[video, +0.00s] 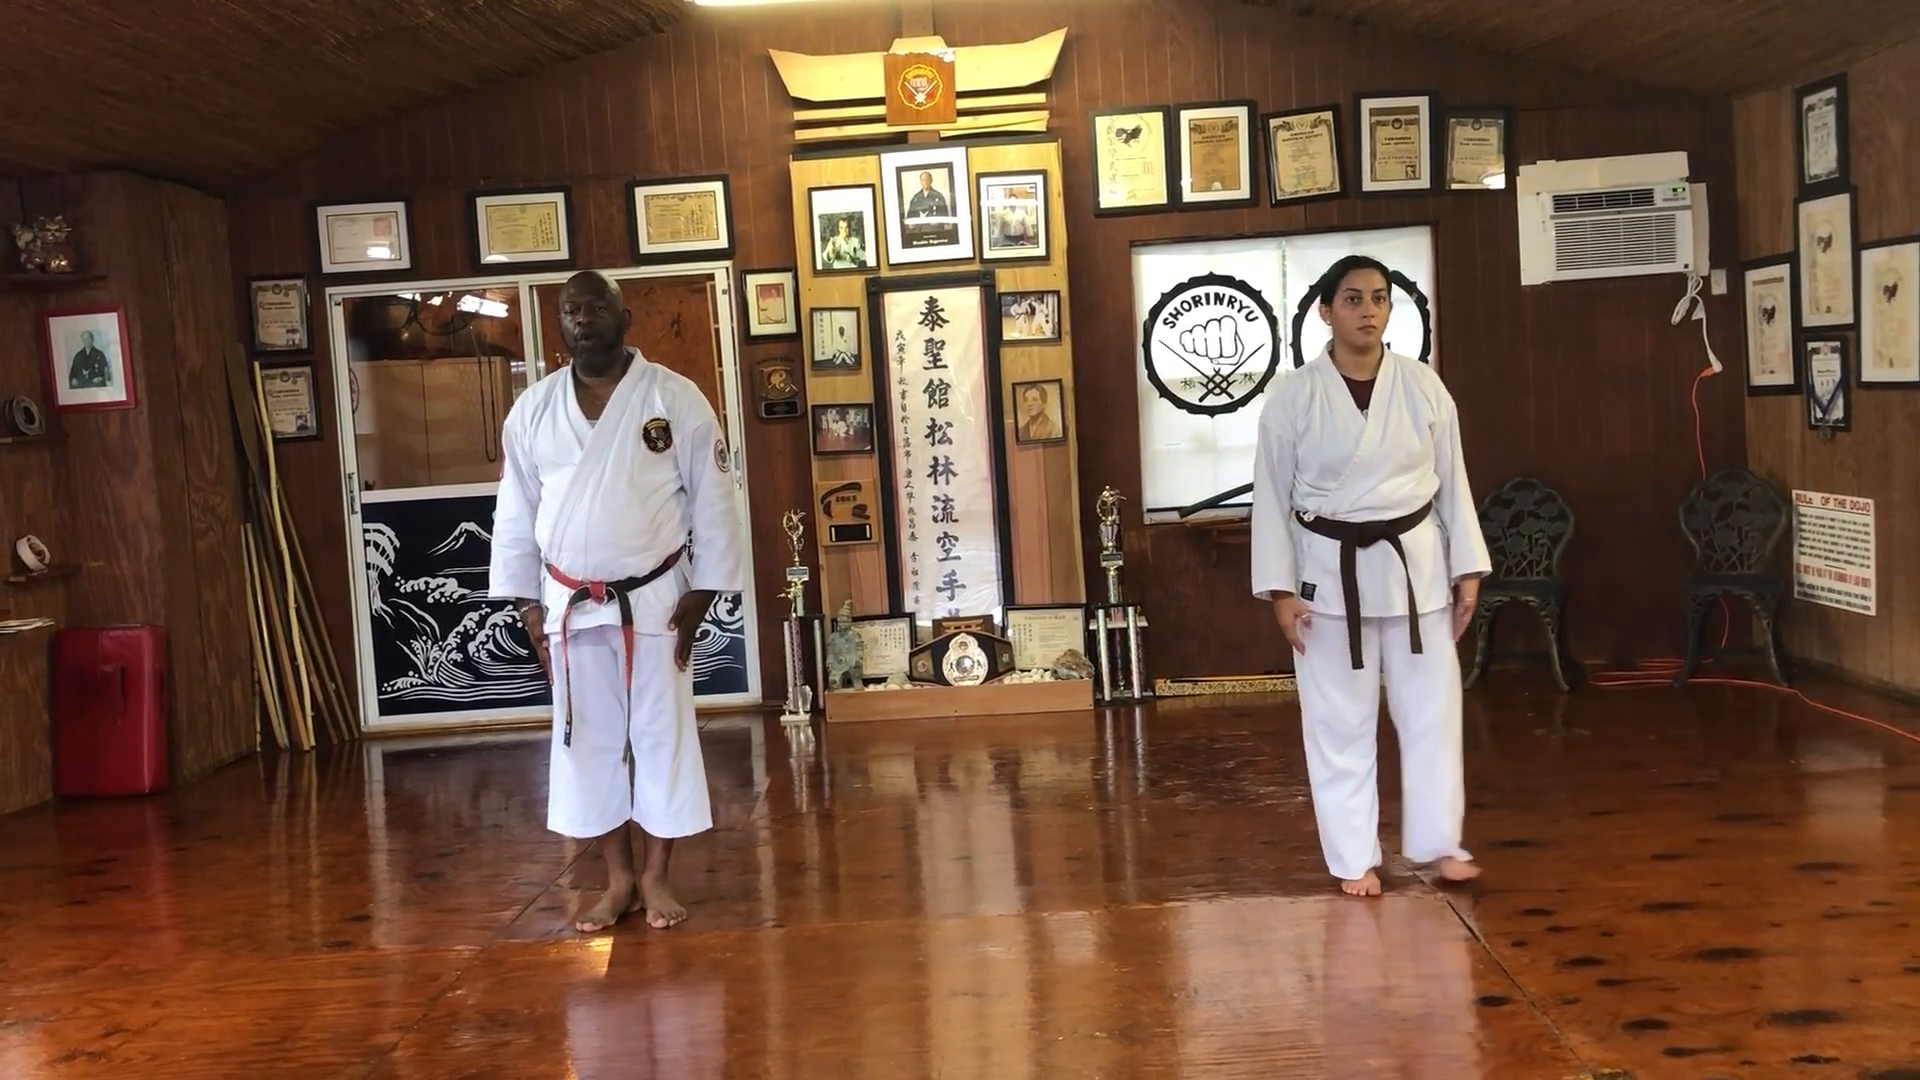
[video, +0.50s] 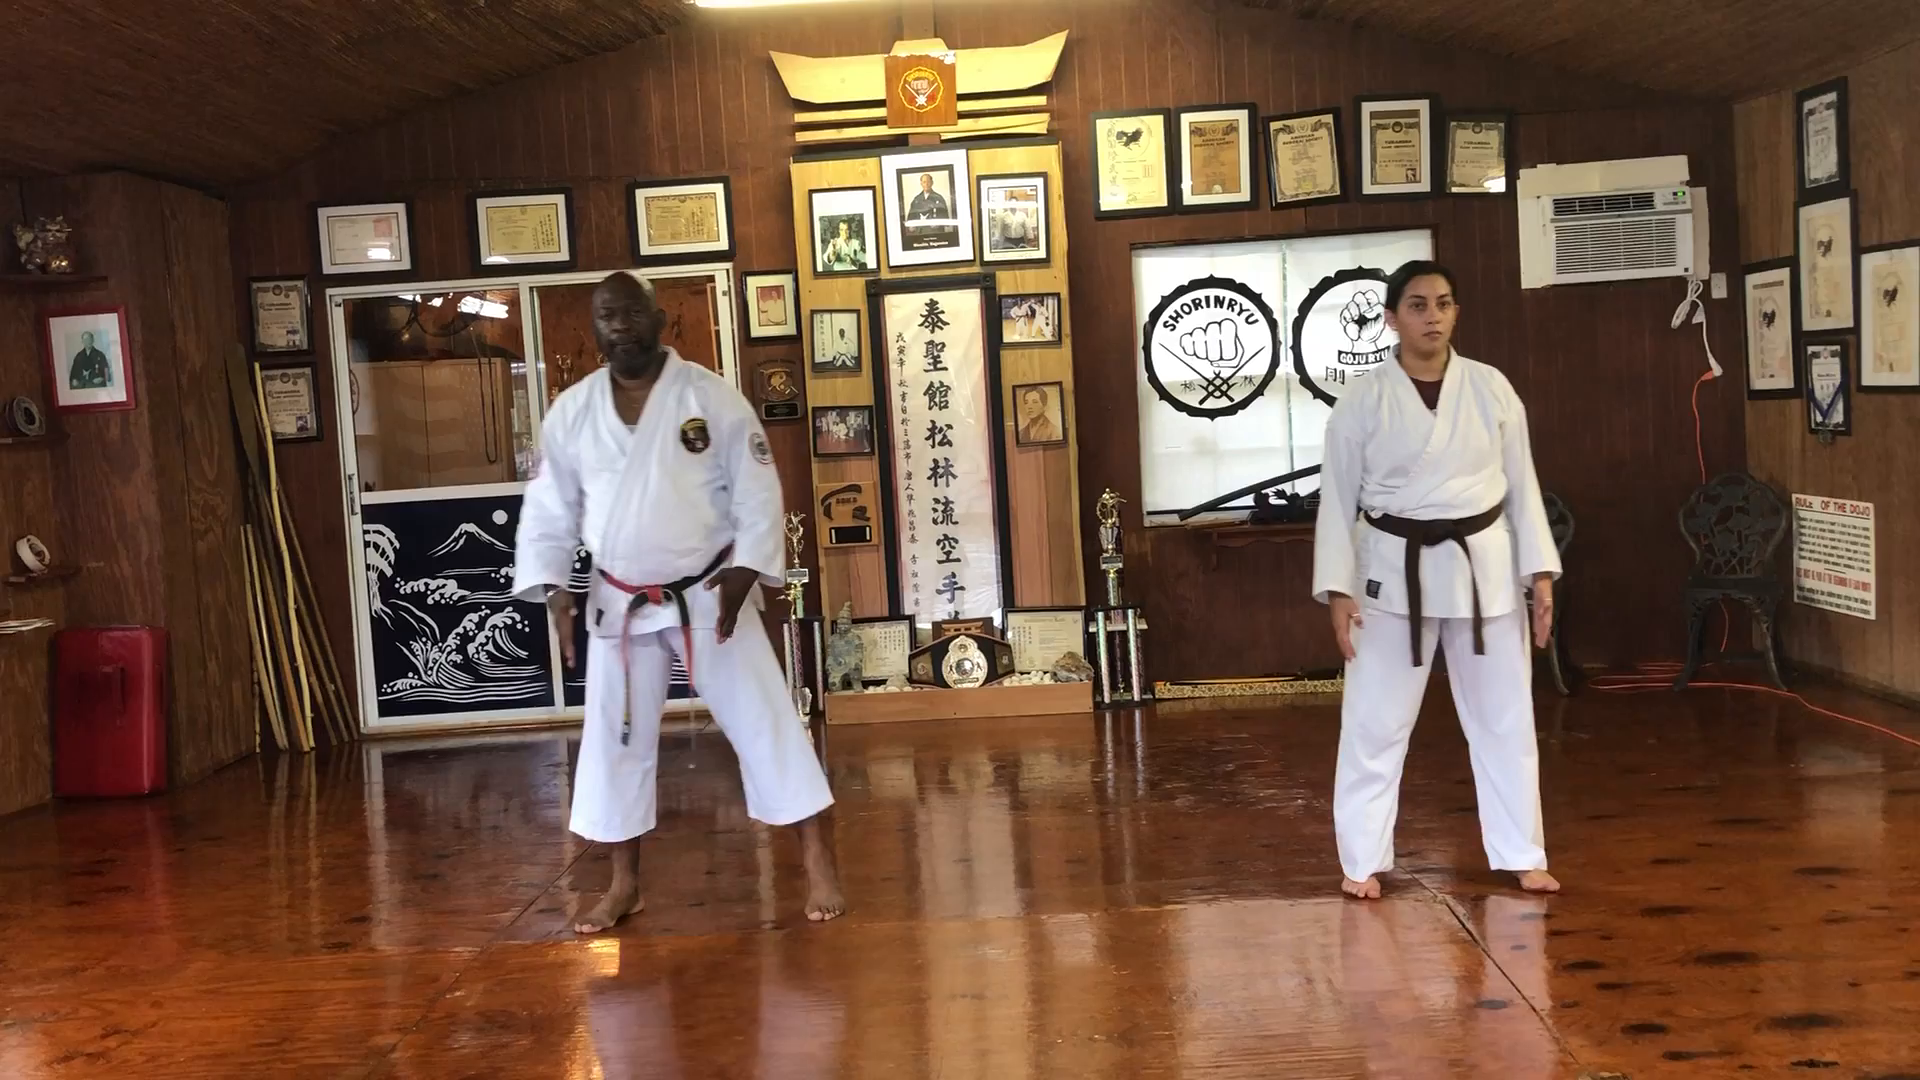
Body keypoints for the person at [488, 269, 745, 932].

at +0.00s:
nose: (583, 320)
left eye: (595, 308)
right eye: (572, 312)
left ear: (624, 319)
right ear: (558, 328)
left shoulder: (675, 398)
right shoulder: (532, 410)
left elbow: (712, 499)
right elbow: (516, 508)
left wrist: (706, 589)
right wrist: (524, 597)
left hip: (656, 590)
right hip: (572, 597)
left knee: (658, 733)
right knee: (590, 734)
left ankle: (654, 879)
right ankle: (617, 880)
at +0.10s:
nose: (579, 321)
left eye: (592, 308)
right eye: (569, 312)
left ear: (621, 317)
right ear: (557, 327)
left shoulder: (675, 397)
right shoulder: (532, 411)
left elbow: (715, 496)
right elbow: (518, 510)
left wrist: (711, 587)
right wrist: (527, 597)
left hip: (659, 589)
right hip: (575, 597)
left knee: (662, 733)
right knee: (592, 734)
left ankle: (657, 876)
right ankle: (618, 880)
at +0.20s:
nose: (585, 323)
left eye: (596, 310)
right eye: (572, 315)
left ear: (623, 317)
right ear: (559, 329)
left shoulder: (677, 395)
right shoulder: (535, 414)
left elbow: (721, 491)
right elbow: (520, 514)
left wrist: (722, 585)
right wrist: (529, 605)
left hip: (668, 587)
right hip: (581, 598)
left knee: (681, 729)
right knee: (596, 735)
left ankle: (693, 873)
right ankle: (618, 879)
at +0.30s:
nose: (592, 324)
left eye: (603, 310)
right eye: (579, 314)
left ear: (631, 316)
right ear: (566, 326)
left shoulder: (682, 394)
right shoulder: (541, 413)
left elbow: (728, 491)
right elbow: (526, 512)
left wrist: (733, 579)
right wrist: (533, 604)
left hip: (680, 585)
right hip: (591, 597)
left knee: (712, 723)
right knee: (600, 735)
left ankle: (747, 868)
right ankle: (620, 881)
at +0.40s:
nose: (604, 325)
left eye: (615, 312)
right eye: (591, 315)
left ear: (642, 317)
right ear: (578, 327)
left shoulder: (695, 397)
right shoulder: (552, 412)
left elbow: (744, 492)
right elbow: (533, 510)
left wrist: (737, 574)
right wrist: (538, 597)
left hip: (693, 584)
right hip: (602, 595)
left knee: (740, 716)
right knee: (609, 734)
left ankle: (794, 865)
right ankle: (622, 882)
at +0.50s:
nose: (619, 329)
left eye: (631, 316)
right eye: (606, 319)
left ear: (661, 320)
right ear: (593, 328)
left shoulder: (713, 399)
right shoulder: (570, 412)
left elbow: (759, 493)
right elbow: (549, 506)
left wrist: (744, 568)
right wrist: (556, 591)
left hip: (708, 587)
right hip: (618, 599)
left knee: (770, 722)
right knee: (616, 737)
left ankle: (819, 869)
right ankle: (622, 883)